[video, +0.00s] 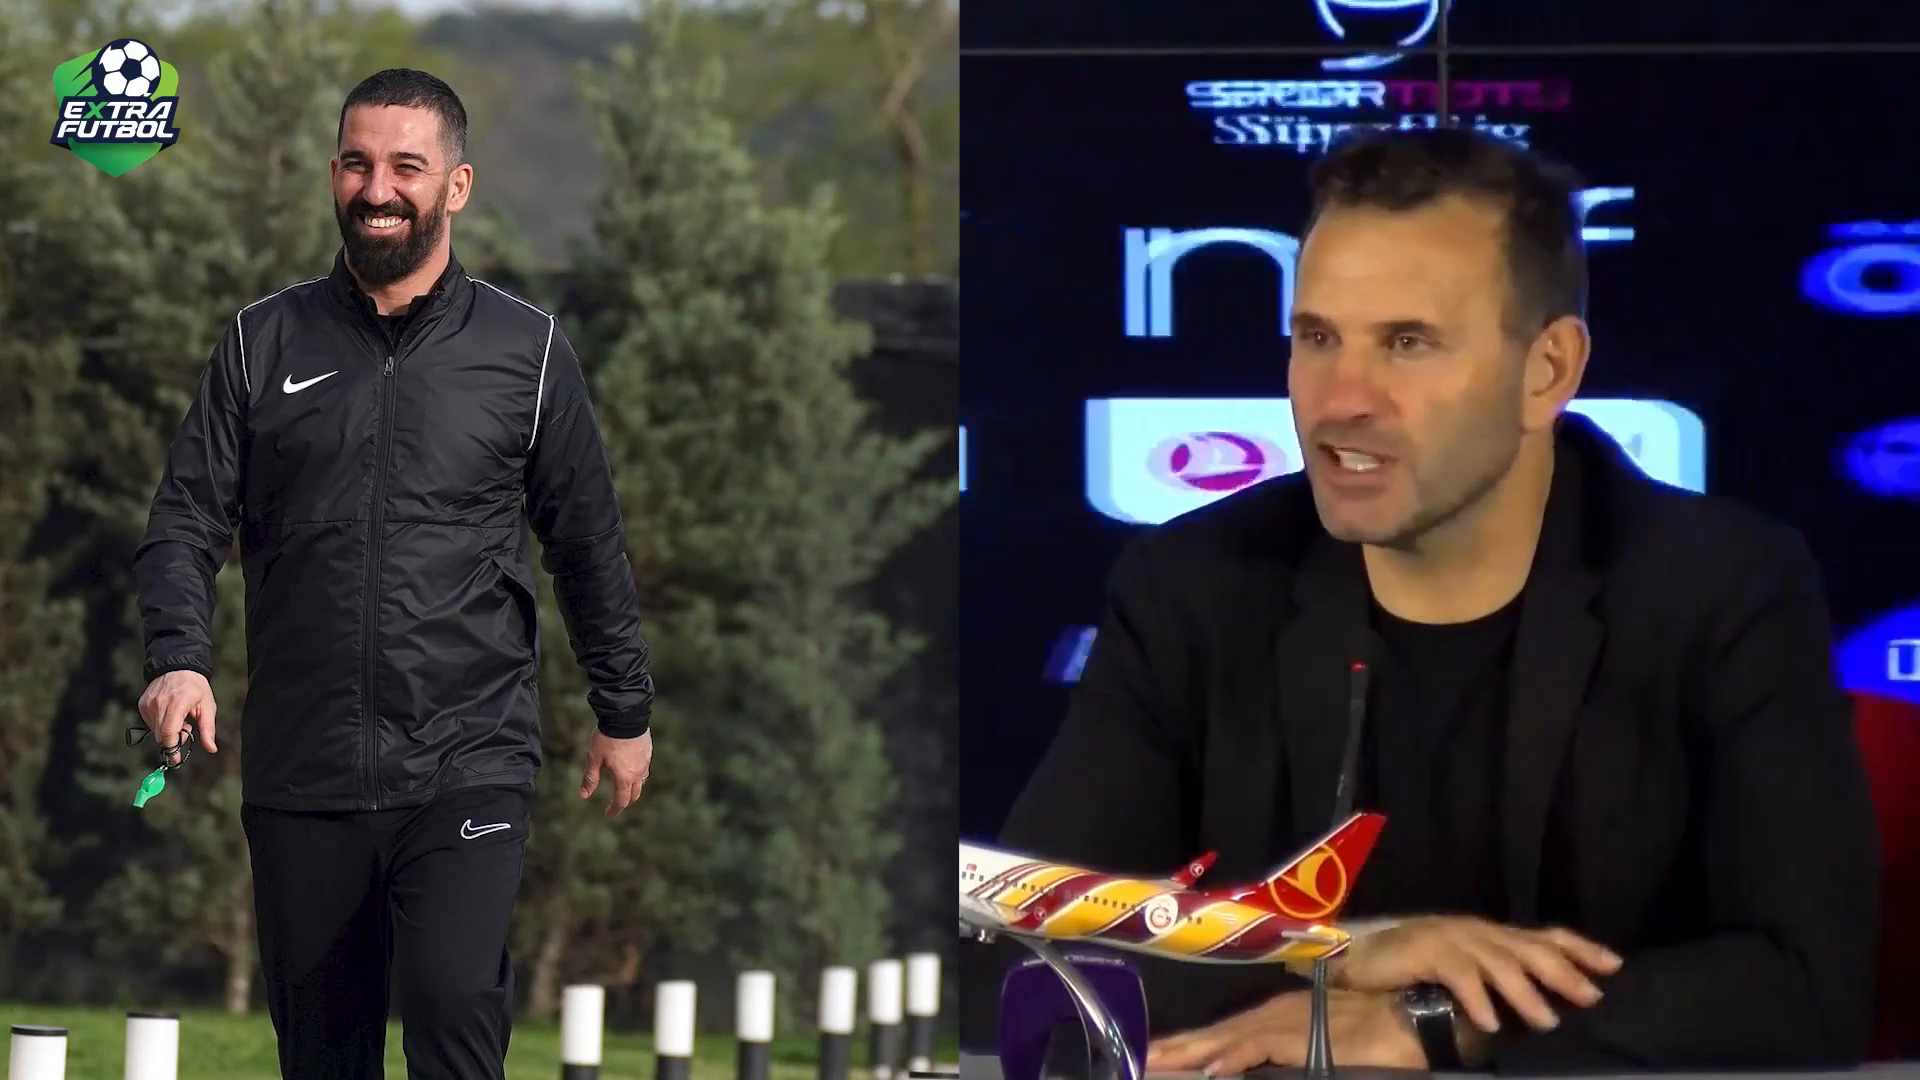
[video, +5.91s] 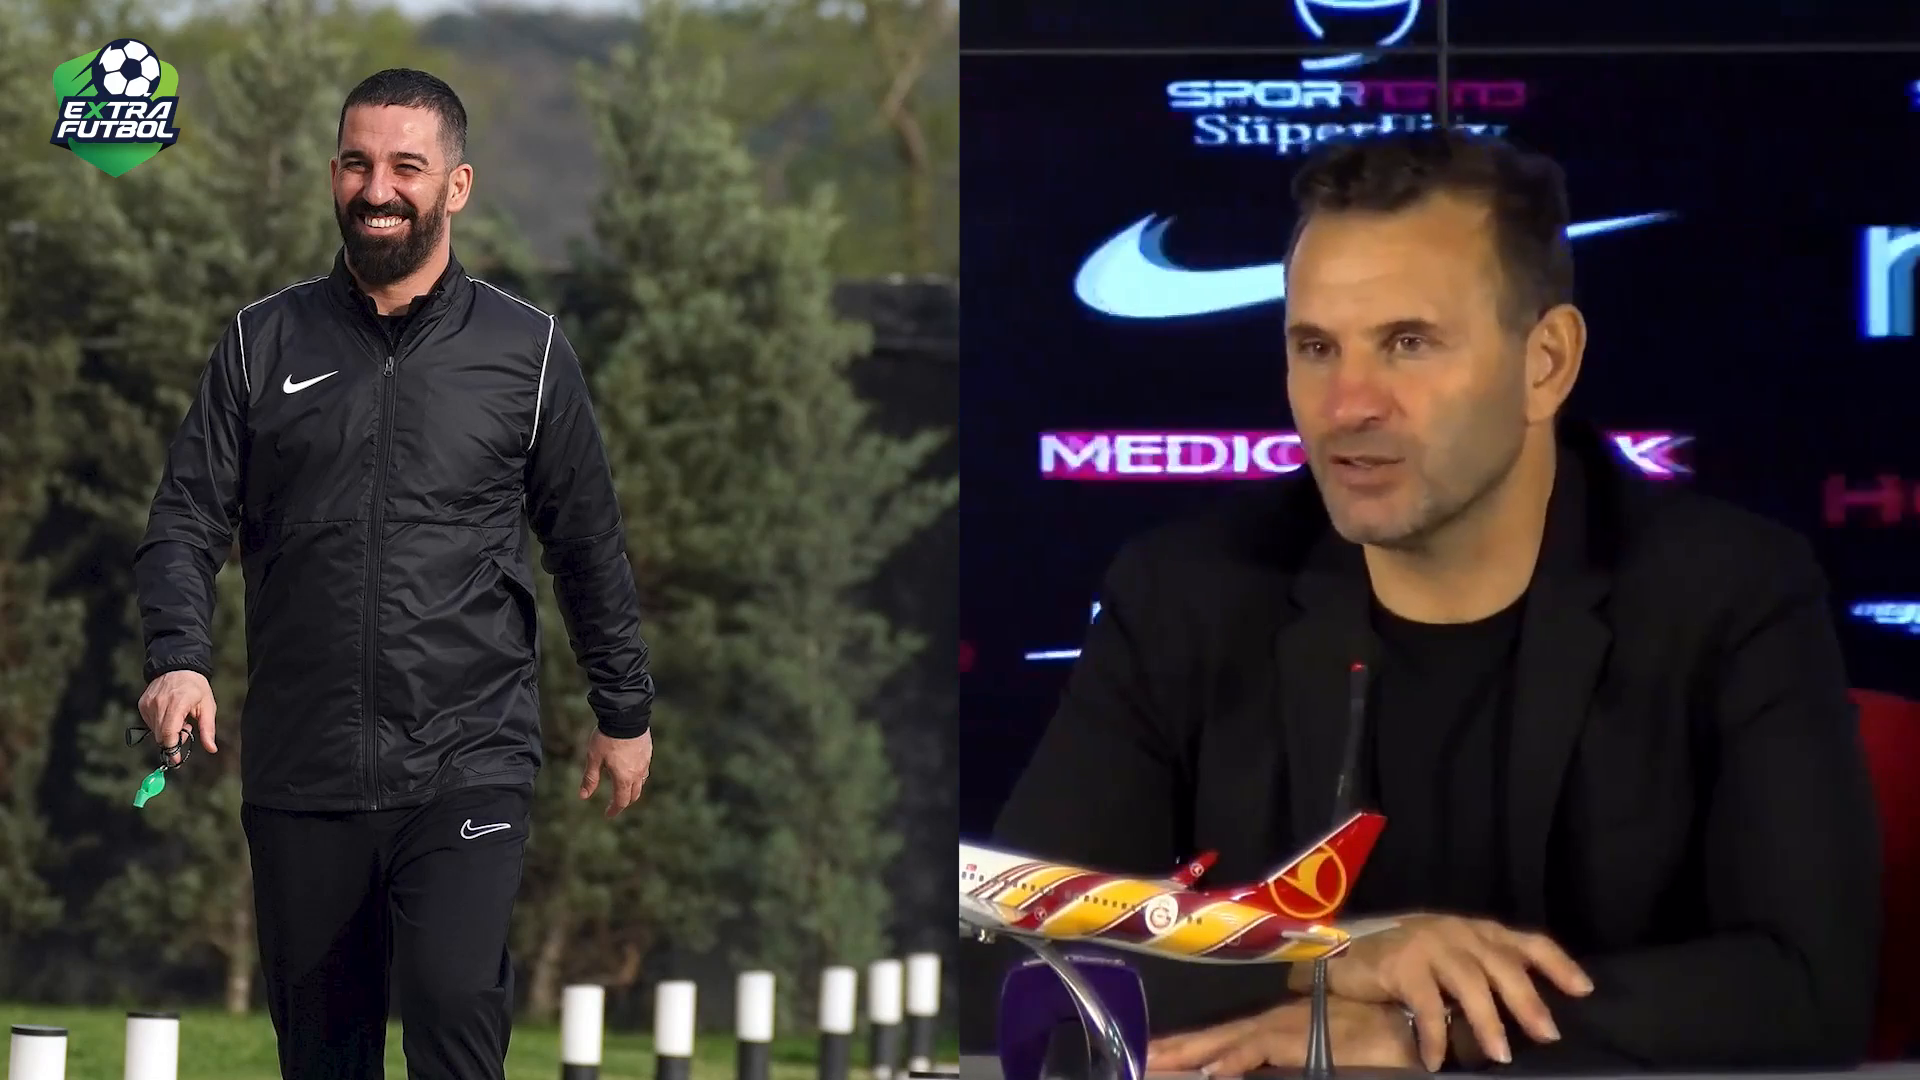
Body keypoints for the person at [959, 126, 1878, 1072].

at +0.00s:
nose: (1338, 396)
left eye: (1407, 344)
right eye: (1316, 338)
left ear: (1550, 371)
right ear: (1290, 342)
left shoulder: (1724, 590)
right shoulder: (1189, 586)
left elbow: (1807, 989)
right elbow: (1029, 963)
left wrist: (1428, 1027)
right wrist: (1328, 958)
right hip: (1247, 1073)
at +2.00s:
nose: (1348, 391)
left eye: (1409, 332)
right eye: (1316, 337)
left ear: (1548, 354)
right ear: (1285, 354)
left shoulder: (1725, 591)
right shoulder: (1189, 589)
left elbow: (1812, 989)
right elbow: (1026, 973)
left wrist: (1439, 1025)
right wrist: (1319, 959)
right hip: (1249, 1077)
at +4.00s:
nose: (1335, 398)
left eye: (1401, 343)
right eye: (1314, 341)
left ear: (1552, 366)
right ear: (1289, 345)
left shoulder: (1735, 597)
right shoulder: (1200, 591)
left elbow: (1805, 993)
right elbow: (1027, 956)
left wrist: (1426, 1035)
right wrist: (1324, 959)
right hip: (1253, 1078)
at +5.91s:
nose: (1345, 403)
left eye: (1406, 344)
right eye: (1314, 347)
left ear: (1547, 362)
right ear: (1286, 356)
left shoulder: (1733, 597)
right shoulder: (1187, 594)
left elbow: (1805, 990)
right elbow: (1027, 947)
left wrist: (1422, 1035)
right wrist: (1329, 959)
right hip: (1242, 1075)